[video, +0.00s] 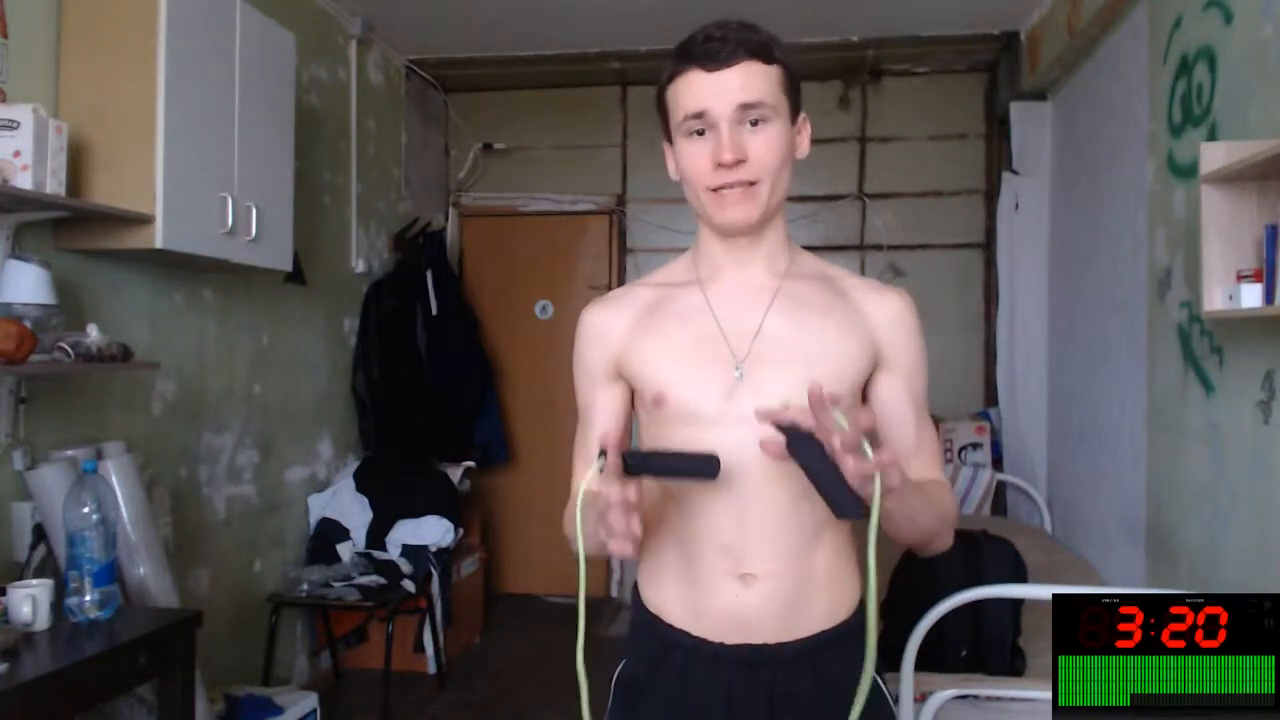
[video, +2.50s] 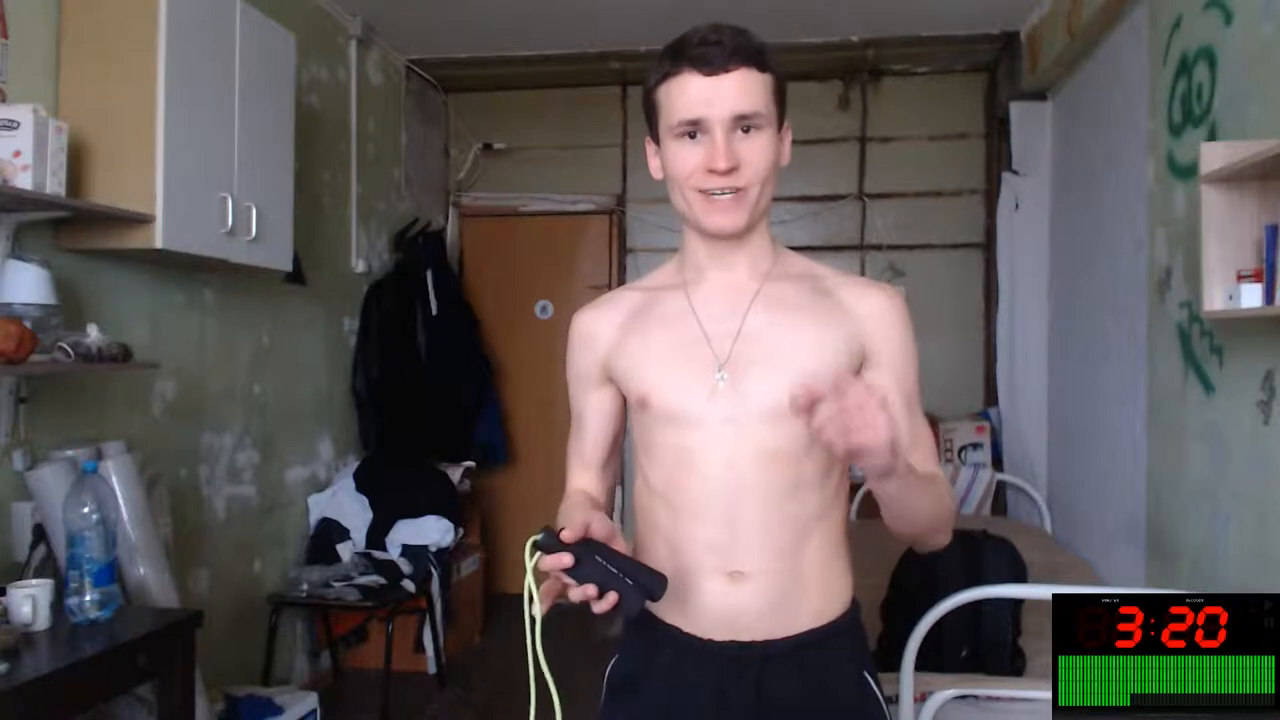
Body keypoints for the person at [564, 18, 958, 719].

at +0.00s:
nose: (728, 152)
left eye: (753, 121)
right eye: (699, 129)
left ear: (799, 139)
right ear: (670, 159)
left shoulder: (879, 314)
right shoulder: (613, 324)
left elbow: (935, 530)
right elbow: (581, 514)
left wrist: (876, 482)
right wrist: (605, 516)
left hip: (828, 674)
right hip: (672, 672)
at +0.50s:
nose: (713, 144)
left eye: (737, 115)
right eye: (682, 125)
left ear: (779, 140)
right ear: (654, 163)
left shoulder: (870, 310)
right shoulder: (607, 332)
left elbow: (932, 516)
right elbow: (587, 498)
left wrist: (835, 504)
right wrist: (581, 527)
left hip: (825, 677)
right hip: (667, 676)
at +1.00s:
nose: (704, 130)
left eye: (731, 108)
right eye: (677, 115)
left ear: (774, 144)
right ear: (648, 159)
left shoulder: (865, 307)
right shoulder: (604, 332)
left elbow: (924, 514)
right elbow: (577, 521)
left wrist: (798, 499)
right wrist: (638, 543)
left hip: (820, 676)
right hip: (665, 678)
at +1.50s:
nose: (726, 124)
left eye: (755, 108)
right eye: (700, 105)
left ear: (789, 152)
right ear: (662, 147)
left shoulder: (868, 303)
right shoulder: (603, 327)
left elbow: (948, 517)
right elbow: (573, 506)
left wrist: (833, 415)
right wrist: (602, 536)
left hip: (826, 669)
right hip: (671, 670)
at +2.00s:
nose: (730, 144)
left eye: (756, 119)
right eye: (701, 119)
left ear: (789, 150)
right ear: (660, 149)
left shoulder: (871, 302)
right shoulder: (607, 329)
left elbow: (933, 528)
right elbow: (588, 488)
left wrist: (849, 389)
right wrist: (602, 537)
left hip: (829, 668)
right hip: (676, 671)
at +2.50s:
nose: (721, 160)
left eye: (746, 128)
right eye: (692, 134)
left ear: (783, 145)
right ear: (654, 157)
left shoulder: (867, 313)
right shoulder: (605, 328)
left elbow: (932, 532)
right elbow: (585, 491)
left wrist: (888, 468)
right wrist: (591, 543)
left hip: (818, 671)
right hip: (664, 669)